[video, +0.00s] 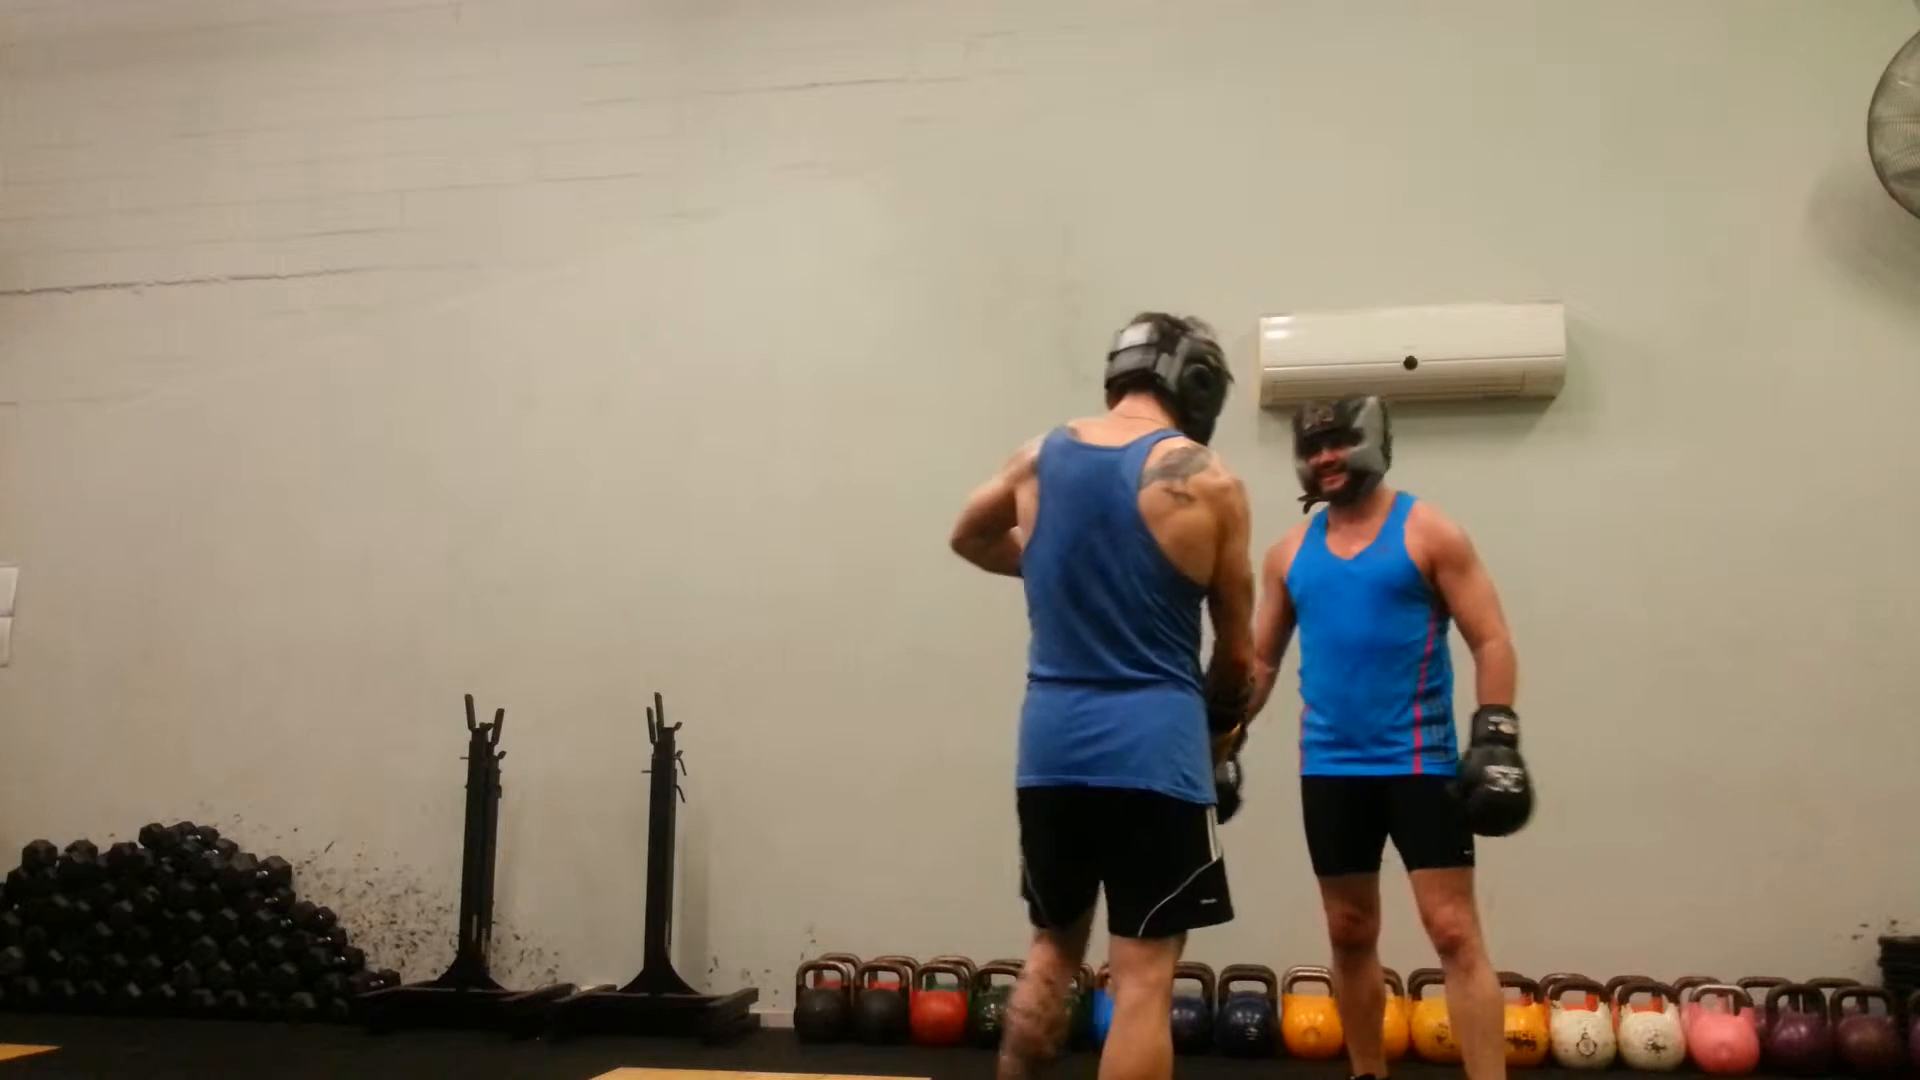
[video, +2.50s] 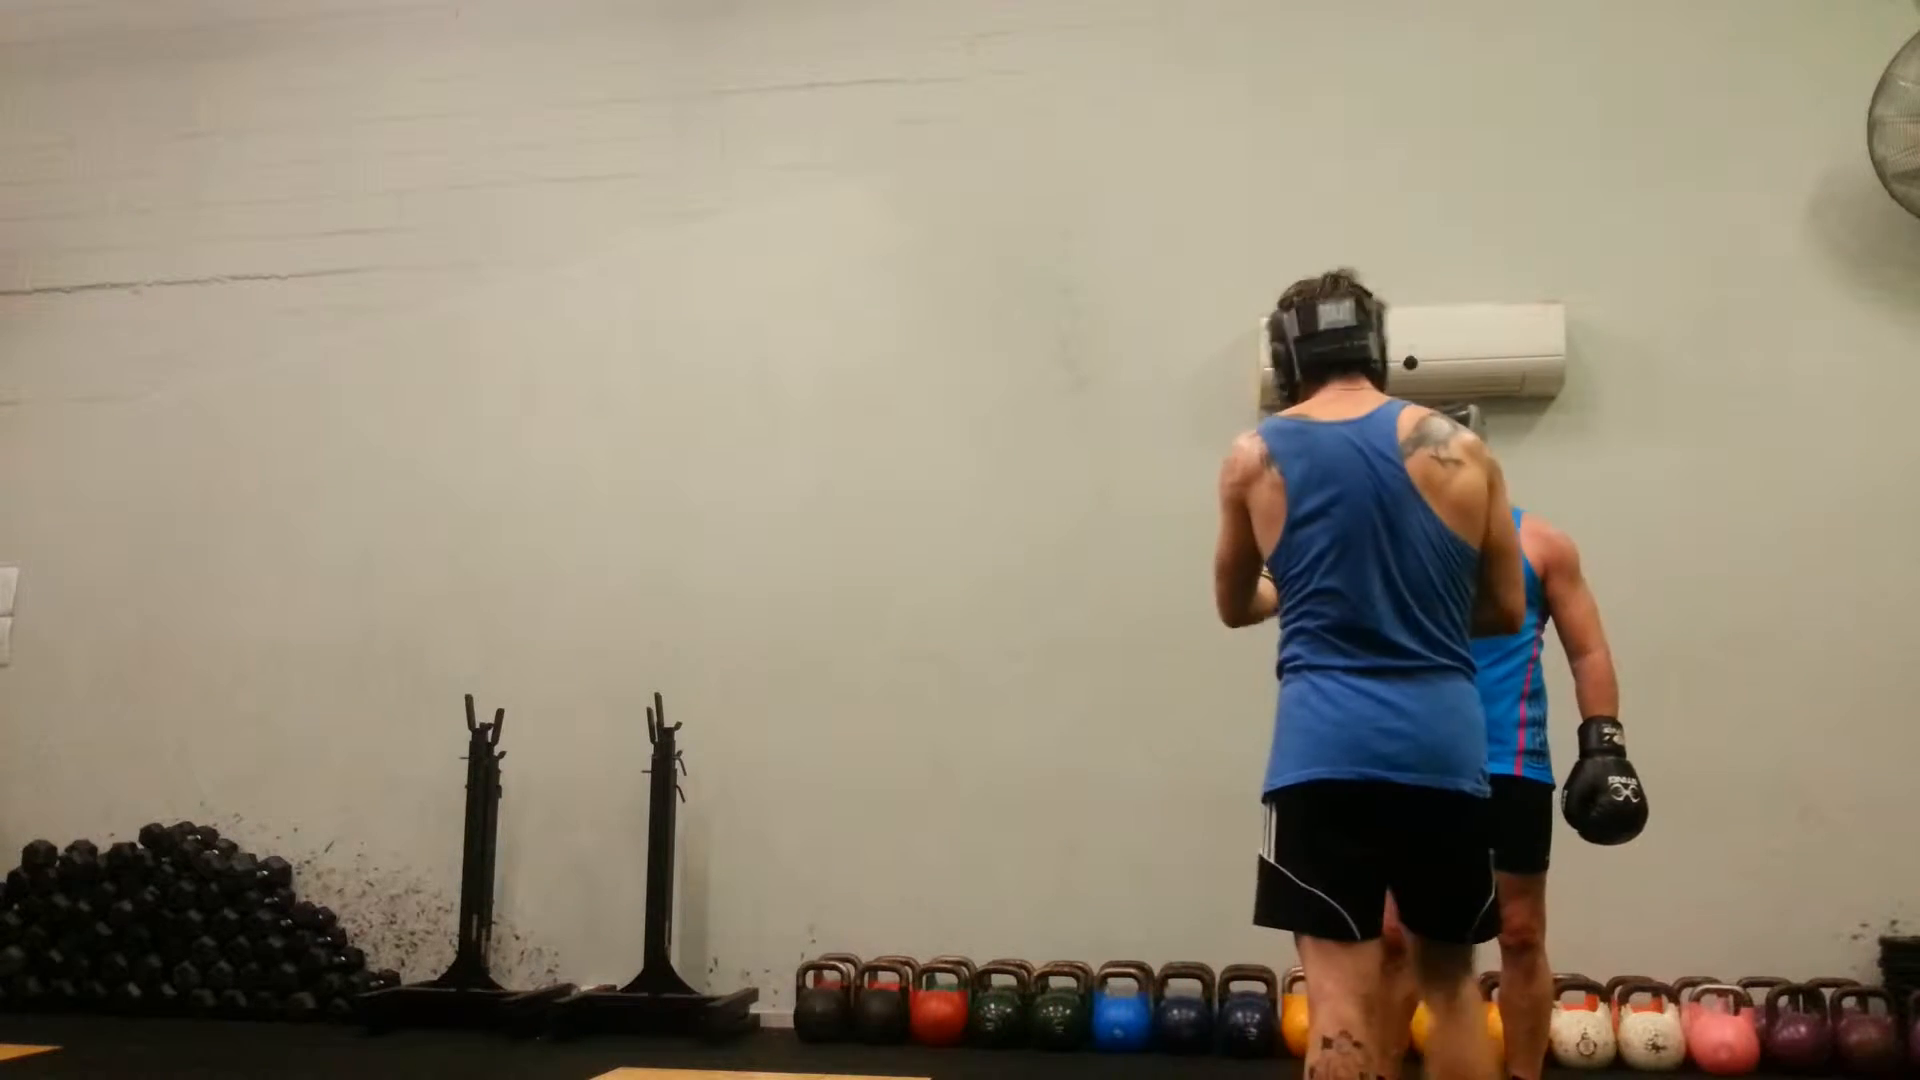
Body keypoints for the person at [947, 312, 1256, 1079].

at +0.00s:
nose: (1213, 402)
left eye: (1213, 392)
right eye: (1212, 390)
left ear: (1117, 380)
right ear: (1196, 384)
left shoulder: (1046, 452)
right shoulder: (1213, 485)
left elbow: (971, 536)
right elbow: (1233, 649)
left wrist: (1059, 568)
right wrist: (1216, 727)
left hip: (1050, 751)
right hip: (1153, 758)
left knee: (1054, 946)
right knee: (1142, 979)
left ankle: (1011, 1076)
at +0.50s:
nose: (1227, 437)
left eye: (1229, 425)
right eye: (1226, 422)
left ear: (1138, 398)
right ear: (1205, 404)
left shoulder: (1069, 472)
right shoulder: (1216, 471)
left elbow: (1055, 573)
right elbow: (1253, 622)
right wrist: (1186, 687)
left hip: (1082, 762)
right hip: (1177, 765)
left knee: (1122, 962)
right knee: (1209, 972)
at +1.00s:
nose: (1278, 435)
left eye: (1281, 424)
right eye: (1277, 420)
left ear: (1189, 403)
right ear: (1257, 408)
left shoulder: (1131, 479)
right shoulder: (1264, 476)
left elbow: (1171, 623)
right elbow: (1322, 612)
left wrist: (1254, 664)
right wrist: (1224, 649)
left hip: (1145, 764)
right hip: (1242, 765)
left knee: (1156, 968)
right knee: (1305, 978)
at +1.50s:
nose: (1419, 385)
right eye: (1416, 374)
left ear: (1318, 375)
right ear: (1406, 384)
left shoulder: (1258, 456)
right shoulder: (1430, 476)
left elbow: (1211, 562)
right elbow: (1431, 601)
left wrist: (1285, 621)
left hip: (1251, 758)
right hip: (1364, 762)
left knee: (1216, 975)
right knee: (1363, 985)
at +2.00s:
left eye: (1311, 358)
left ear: (1312, 363)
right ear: (1401, 364)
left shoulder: (1266, 449)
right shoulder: (1453, 462)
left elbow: (1194, 542)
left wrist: (1244, 579)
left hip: (1297, 760)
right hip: (1415, 762)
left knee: (1300, 996)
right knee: (1390, 999)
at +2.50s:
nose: (1274, 363)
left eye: (1277, 352)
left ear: (1285, 359)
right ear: (1378, 349)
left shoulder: (1256, 457)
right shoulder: (1465, 452)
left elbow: (1238, 605)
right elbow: (1503, 611)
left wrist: (1317, 575)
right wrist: (1411, 594)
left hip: (1323, 752)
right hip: (1446, 753)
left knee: (1342, 1014)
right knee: (1451, 988)